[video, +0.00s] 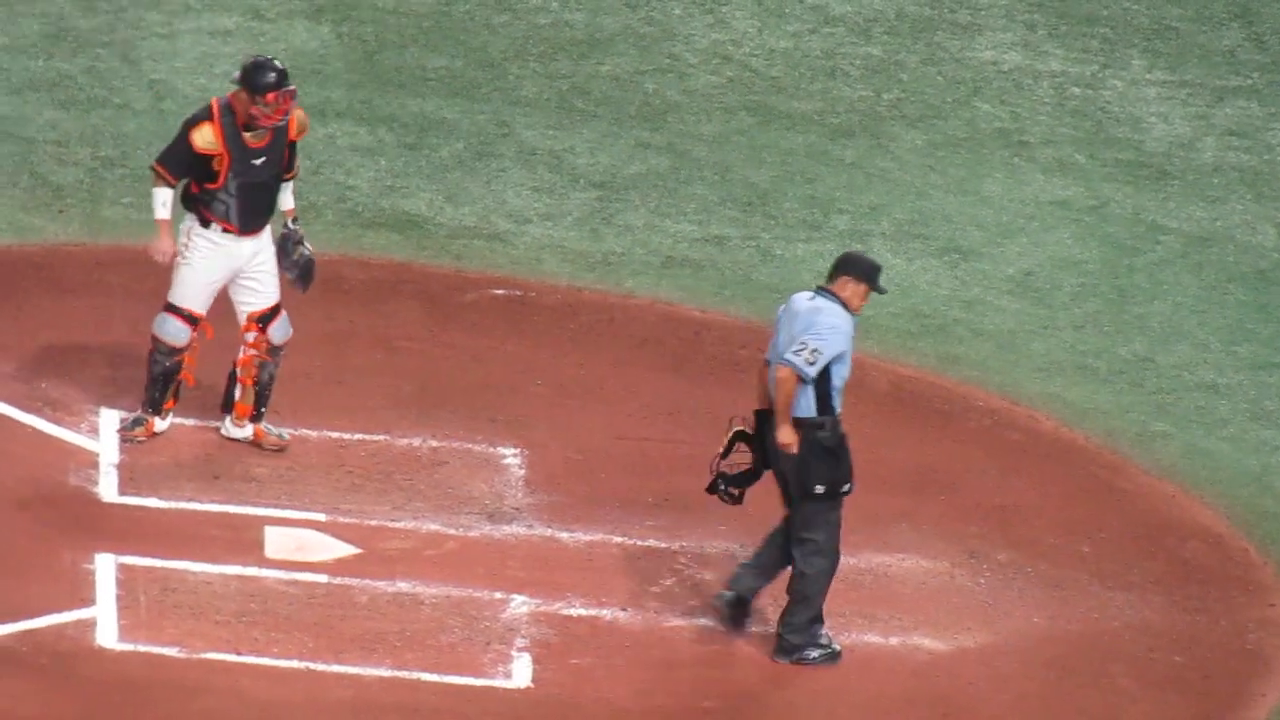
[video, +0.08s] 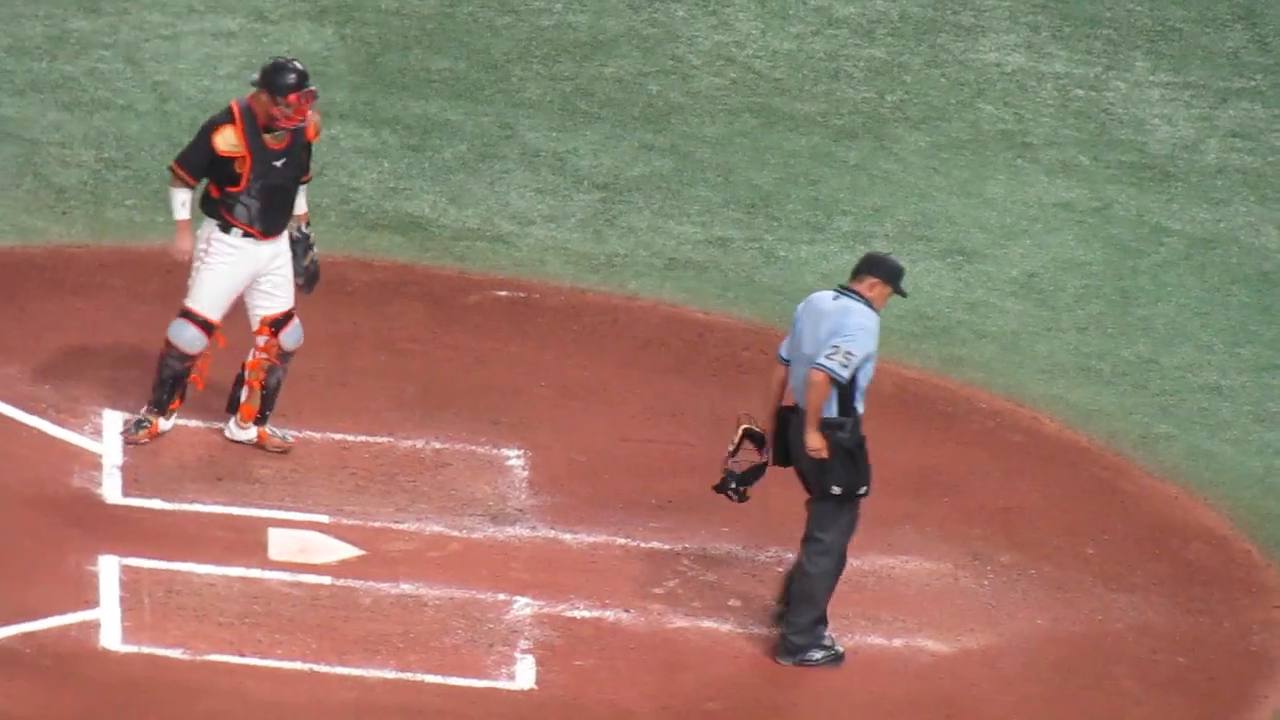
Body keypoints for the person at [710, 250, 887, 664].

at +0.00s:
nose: (867, 299)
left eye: (869, 292)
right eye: (866, 290)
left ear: (841, 280)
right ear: (847, 283)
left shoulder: (797, 303)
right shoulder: (835, 321)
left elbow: (770, 366)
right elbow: (787, 371)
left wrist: (766, 423)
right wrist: (783, 424)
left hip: (785, 434)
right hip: (814, 438)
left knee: (799, 525)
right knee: (820, 542)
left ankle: (740, 591)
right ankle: (799, 636)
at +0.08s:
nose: (888, 301)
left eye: (891, 294)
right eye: (889, 293)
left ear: (857, 279)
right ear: (875, 286)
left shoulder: (814, 302)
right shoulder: (863, 321)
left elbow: (785, 365)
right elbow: (820, 375)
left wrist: (777, 423)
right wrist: (811, 428)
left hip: (799, 428)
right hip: (834, 436)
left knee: (828, 520)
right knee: (831, 534)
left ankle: (795, 603)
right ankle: (802, 638)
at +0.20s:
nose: (920, 301)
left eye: (923, 295)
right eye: (921, 294)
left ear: (888, 281)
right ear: (908, 288)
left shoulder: (843, 305)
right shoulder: (902, 324)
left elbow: (807, 362)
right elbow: (868, 380)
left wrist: (784, 414)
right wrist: (856, 438)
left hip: (832, 429)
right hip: (868, 439)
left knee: (875, 519)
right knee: (845, 538)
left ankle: (880, 607)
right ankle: (806, 638)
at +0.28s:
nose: (939, 300)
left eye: (941, 293)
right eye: (940, 293)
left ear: (906, 280)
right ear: (929, 287)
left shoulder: (862, 305)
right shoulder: (924, 325)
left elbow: (824, 364)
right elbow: (896, 384)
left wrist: (793, 414)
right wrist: (890, 441)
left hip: (852, 431)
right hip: (887, 439)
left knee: (893, 520)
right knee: (860, 538)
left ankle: (915, 602)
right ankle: (810, 638)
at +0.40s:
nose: (968, 291)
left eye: (969, 284)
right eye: (968, 284)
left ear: (933, 276)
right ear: (956, 281)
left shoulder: (892, 304)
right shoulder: (954, 321)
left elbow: (858, 366)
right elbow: (933, 388)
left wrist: (826, 416)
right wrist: (936, 452)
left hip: (889, 431)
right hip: (924, 439)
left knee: (932, 523)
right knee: (904, 543)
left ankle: (934, 610)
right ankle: (831, 627)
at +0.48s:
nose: (989, 284)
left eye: (990, 277)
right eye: (988, 276)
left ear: (953, 271)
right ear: (970, 273)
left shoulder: (912, 299)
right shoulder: (974, 317)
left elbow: (884, 365)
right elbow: (954, 386)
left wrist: (857, 417)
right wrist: (965, 448)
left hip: (907, 424)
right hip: (940, 433)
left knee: (941, 526)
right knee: (946, 545)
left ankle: (938, 612)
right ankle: (864, 611)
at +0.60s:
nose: (1019, 269)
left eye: (1019, 261)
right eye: (1013, 261)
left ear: (983, 262)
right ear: (990, 261)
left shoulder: (944, 291)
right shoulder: (996, 308)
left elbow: (923, 360)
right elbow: (977, 379)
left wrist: (916, 418)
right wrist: (1003, 428)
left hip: (936, 416)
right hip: (969, 426)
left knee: (954, 520)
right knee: (1002, 533)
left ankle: (945, 605)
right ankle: (929, 603)